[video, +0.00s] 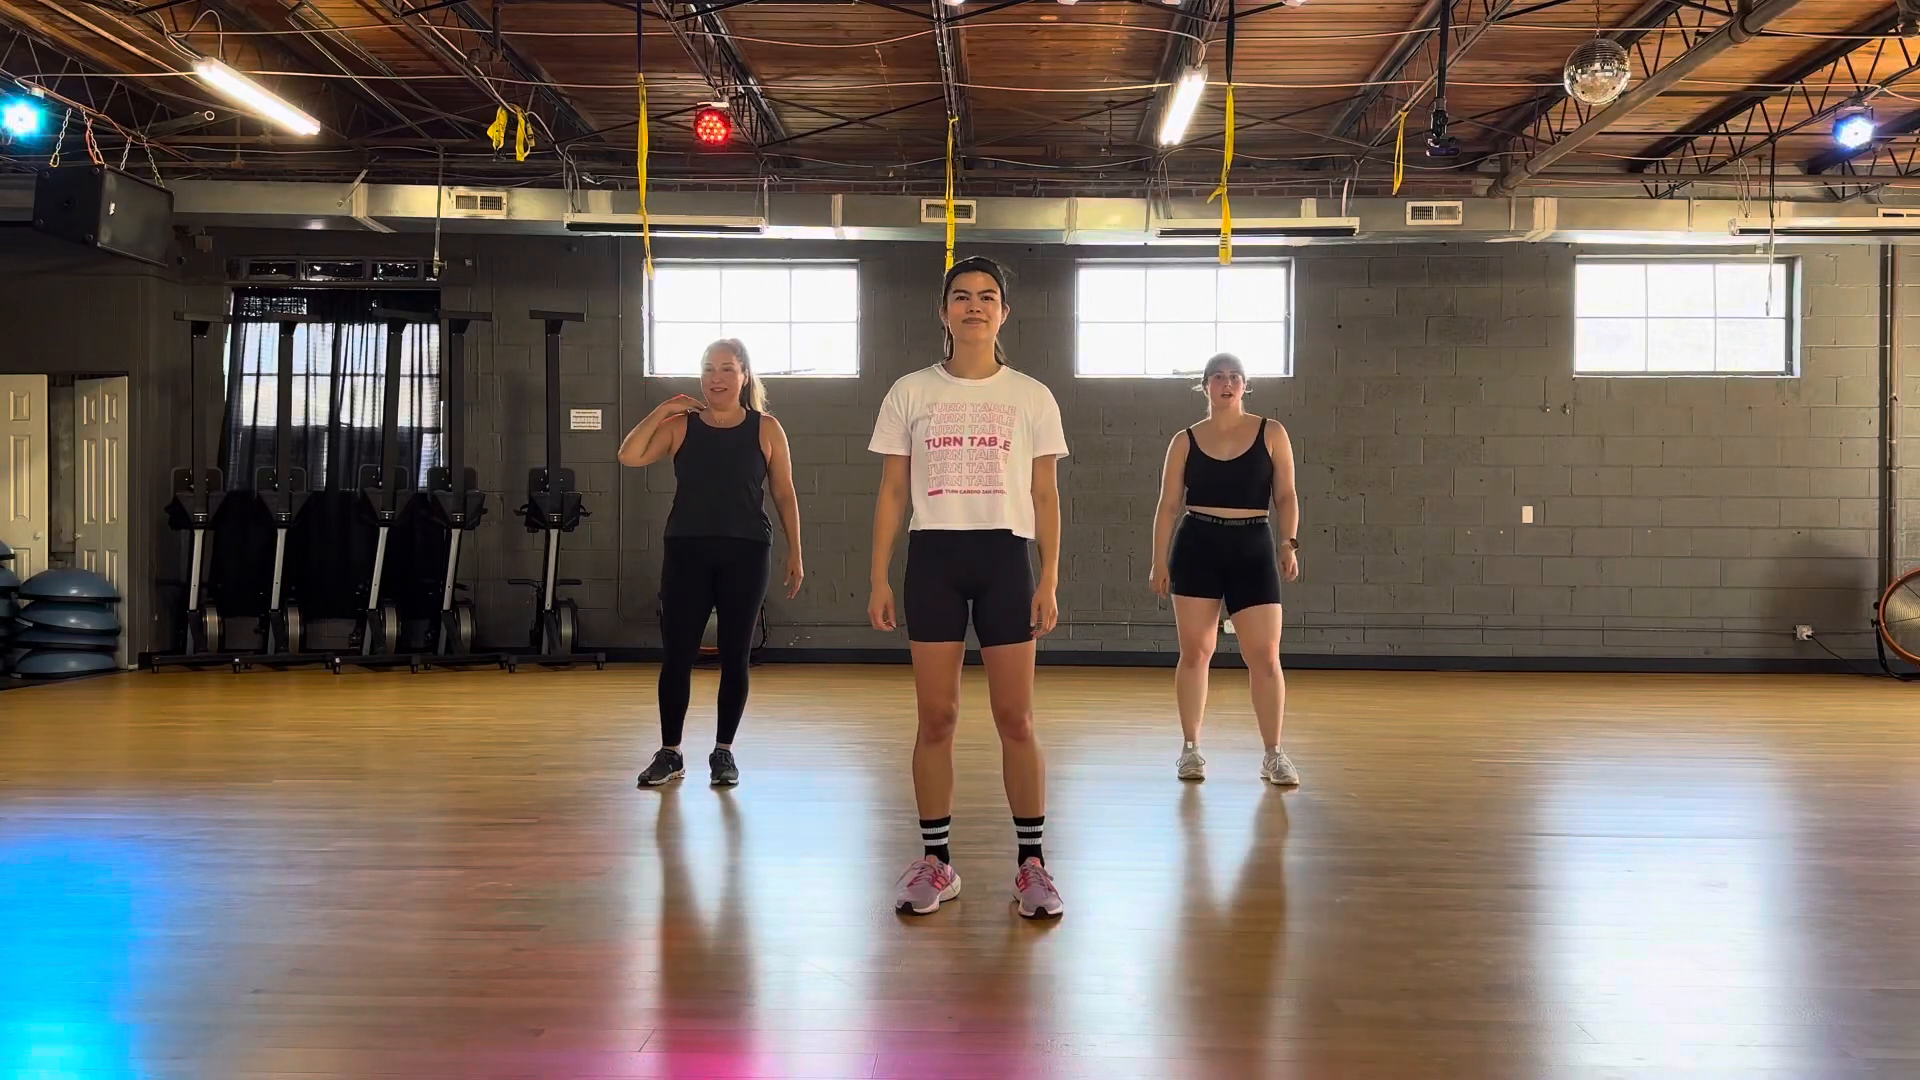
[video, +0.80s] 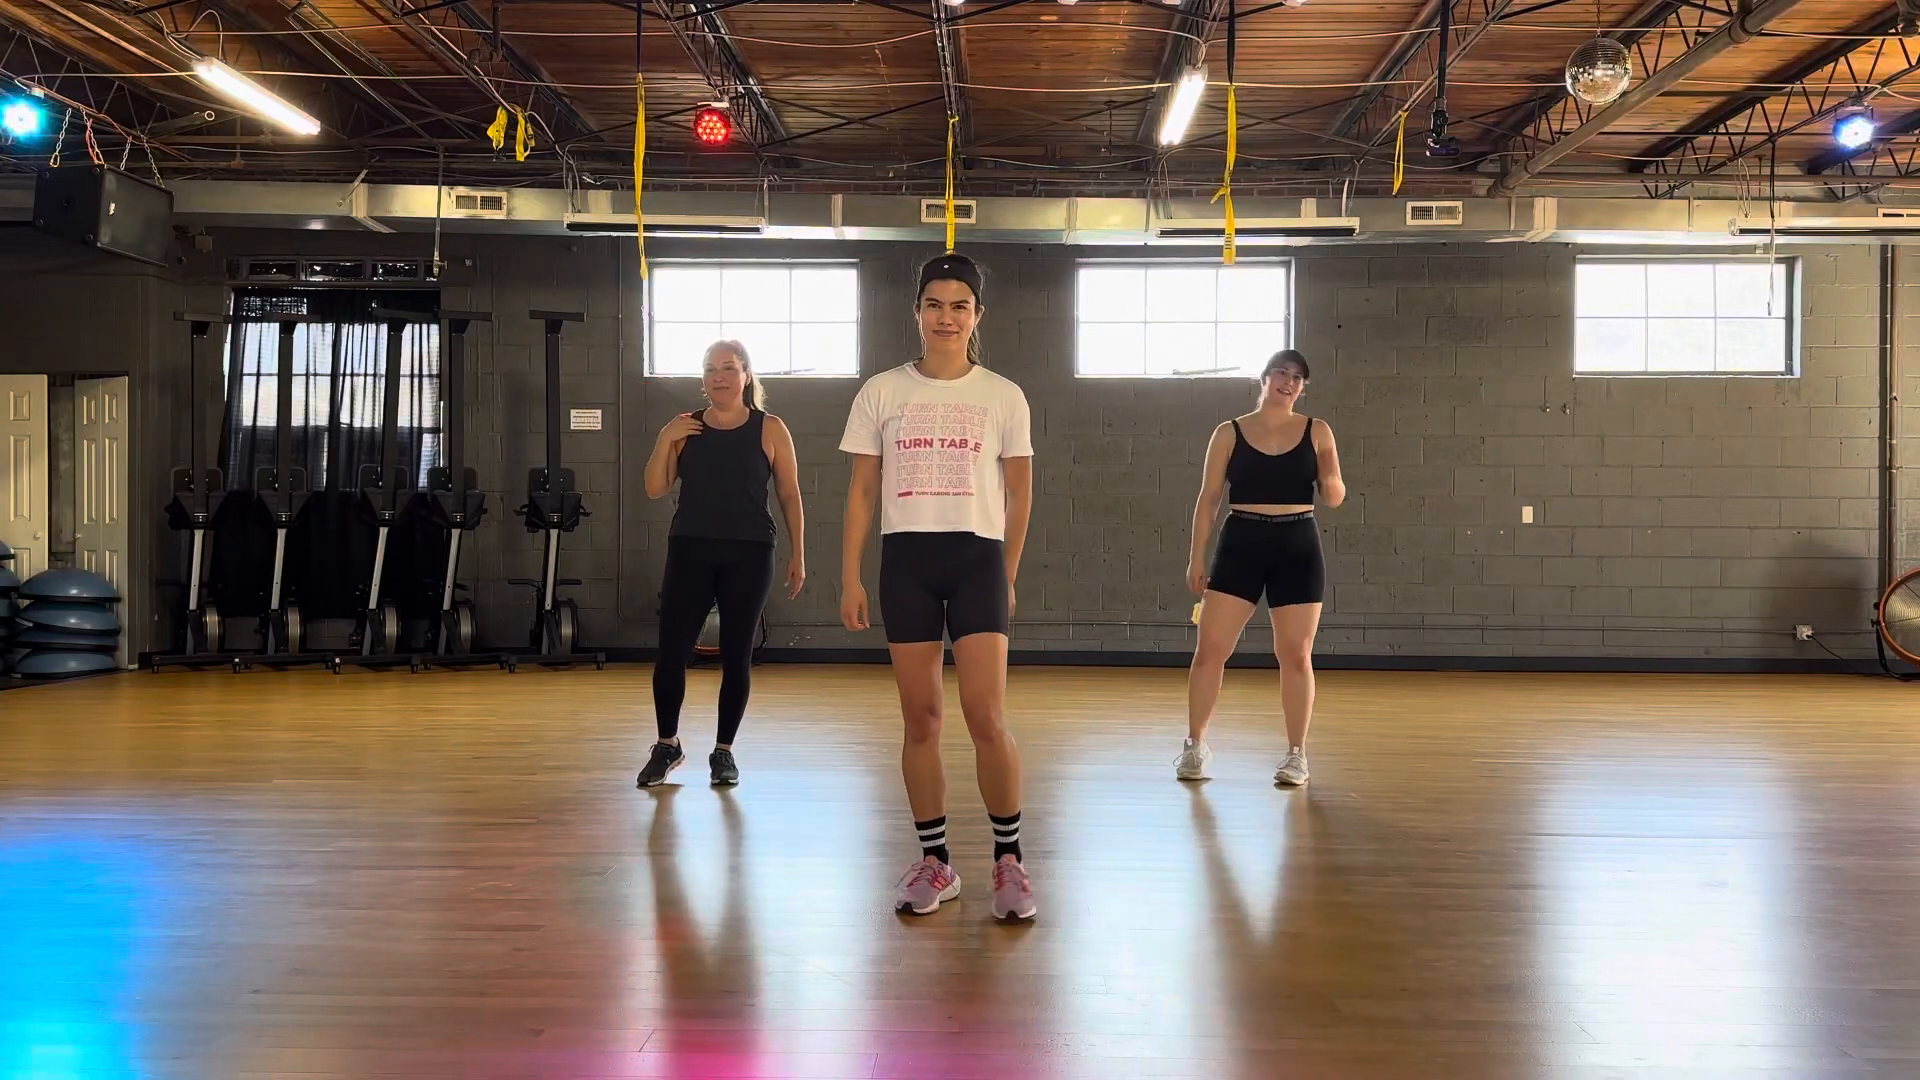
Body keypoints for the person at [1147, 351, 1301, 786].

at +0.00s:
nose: (1225, 382)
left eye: (1233, 376)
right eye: (1217, 376)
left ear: (1244, 386)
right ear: (1205, 386)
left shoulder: (1271, 433)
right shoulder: (1185, 440)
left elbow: (1285, 496)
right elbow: (1168, 505)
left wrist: (1288, 543)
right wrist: (1159, 561)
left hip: (1253, 552)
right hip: (1195, 549)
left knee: (1265, 658)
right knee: (1195, 651)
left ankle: (1273, 754)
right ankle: (1191, 748)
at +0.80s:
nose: (1285, 381)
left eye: (1294, 377)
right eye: (1279, 373)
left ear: (1302, 388)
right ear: (1263, 379)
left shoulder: (1317, 432)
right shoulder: (1230, 432)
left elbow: (1334, 497)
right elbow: (1208, 498)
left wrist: (1326, 478)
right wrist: (1196, 558)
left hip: (1297, 550)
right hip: (1240, 547)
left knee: (1296, 656)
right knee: (1210, 651)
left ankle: (1296, 755)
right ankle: (1194, 746)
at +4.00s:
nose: (1368, 336)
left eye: (1368, 326)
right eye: (1362, 326)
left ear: (1318, 329)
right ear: (1336, 329)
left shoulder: (1276, 387)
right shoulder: (1320, 413)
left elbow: (1251, 469)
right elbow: (1317, 518)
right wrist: (1331, 616)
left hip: (1269, 545)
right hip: (1304, 554)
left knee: (1284, 693)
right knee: (1287, 706)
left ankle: (1243, 807)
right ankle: (1279, 853)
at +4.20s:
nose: (1363, 339)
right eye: (1364, 331)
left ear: (1304, 330)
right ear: (1359, 336)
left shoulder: (1256, 386)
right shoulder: (1369, 411)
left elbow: (1206, 460)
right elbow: (1381, 509)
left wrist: (1170, 525)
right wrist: (1401, 601)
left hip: (1256, 552)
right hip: (1331, 556)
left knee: (1269, 690)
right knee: (1313, 702)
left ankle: (1251, 818)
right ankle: (1300, 853)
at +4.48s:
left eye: (1288, 329)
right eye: (1324, 331)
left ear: (1283, 338)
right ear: (1333, 338)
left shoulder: (1256, 392)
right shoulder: (1364, 414)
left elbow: (1241, 473)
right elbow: (1394, 511)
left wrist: (1233, 546)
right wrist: (1409, 590)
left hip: (1267, 555)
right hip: (1344, 558)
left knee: (1269, 702)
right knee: (1340, 694)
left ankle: (1270, 824)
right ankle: (1338, 844)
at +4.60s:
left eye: (1272, 340)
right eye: (1308, 340)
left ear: (1267, 347)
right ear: (1316, 347)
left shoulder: (1253, 405)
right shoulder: (1347, 413)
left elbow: (1256, 489)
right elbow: (1378, 504)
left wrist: (1243, 569)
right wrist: (1383, 582)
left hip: (1265, 555)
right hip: (1336, 558)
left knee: (1264, 706)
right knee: (1342, 698)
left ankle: (1269, 825)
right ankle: (1350, 834)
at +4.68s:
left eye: (1262, 344)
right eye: (1300, 340)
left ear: (1259, 349)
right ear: (1306, 346)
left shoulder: (1250, 407)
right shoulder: (1340, 408)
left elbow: (1256, 493)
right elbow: (1375, 494)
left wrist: (1230, 575)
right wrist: (1372, 569)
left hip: (1268, 556)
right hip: (1331, 555)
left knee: (1263, 701)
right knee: (1333, 695)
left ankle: (1270, 824)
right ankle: (1353, 821)